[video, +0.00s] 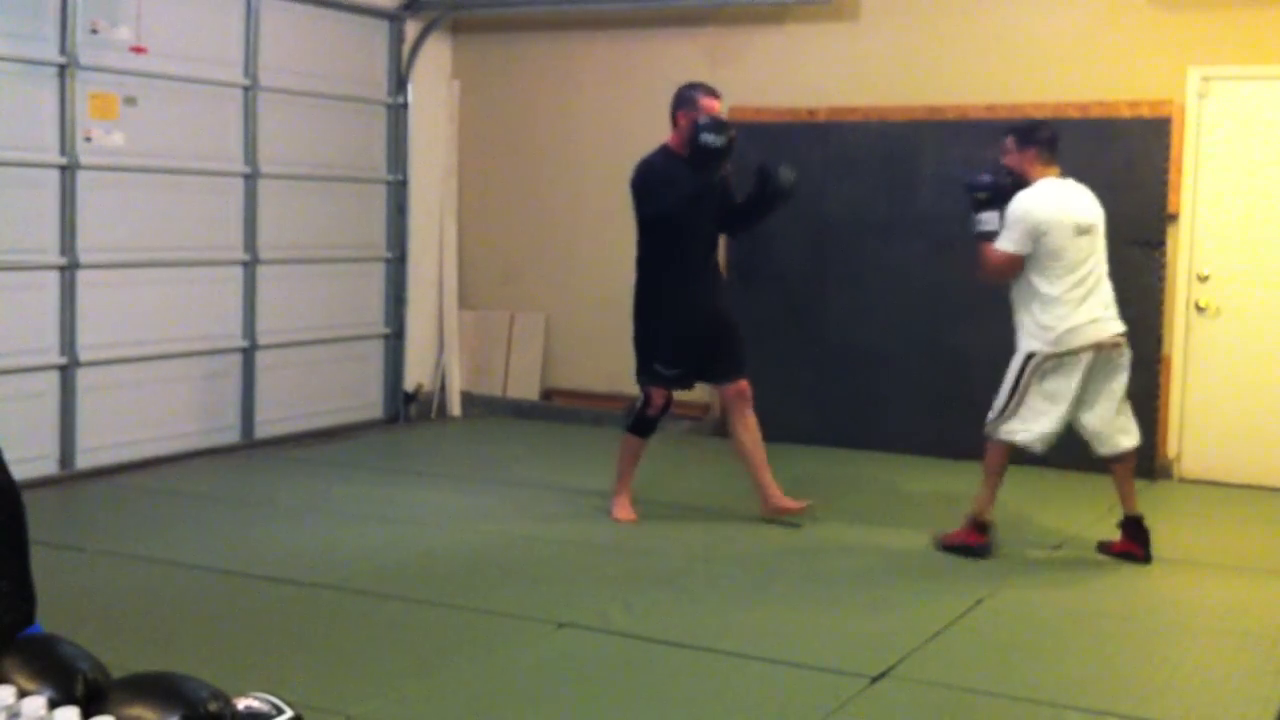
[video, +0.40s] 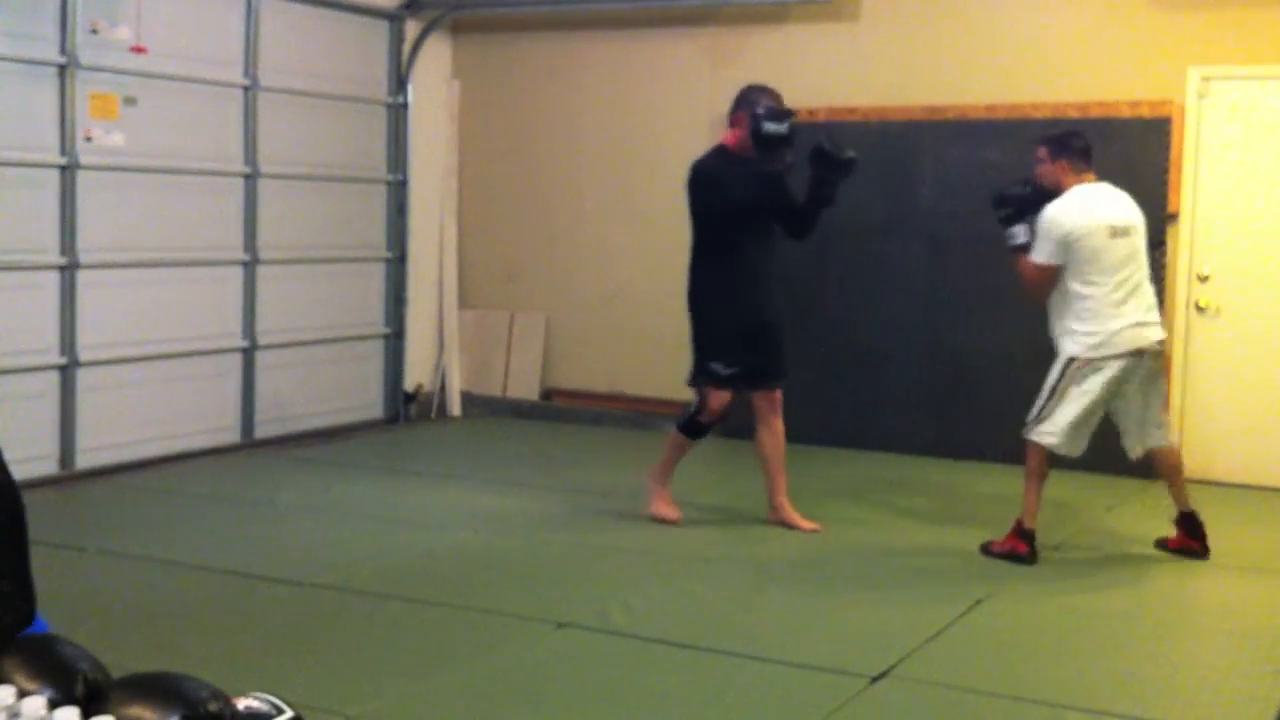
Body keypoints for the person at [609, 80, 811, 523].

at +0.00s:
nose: (715, 129)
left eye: (719, 121)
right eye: (707, 120)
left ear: (718, 123)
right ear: (680, 118)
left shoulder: (710, 168)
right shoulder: (654, 171)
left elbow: (730, 222)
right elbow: (673, 222)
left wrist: (768, 195)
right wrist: (706, 162)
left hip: (706, 298)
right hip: (661, 300)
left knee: (738, 392)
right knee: (656, 399)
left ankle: (771, 496)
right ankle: (621, 494)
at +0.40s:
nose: (773, 134)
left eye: (777, 126)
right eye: (765, 124)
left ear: (777, 125)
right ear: (740, 121)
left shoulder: (765, 170)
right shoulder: (709, 170)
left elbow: (798, 227)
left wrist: (823, 183)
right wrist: (768, 164)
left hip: (760, 299)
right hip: (716, 300)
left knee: (769, 399)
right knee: (716, 400)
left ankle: (779, 503)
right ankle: (659, 482)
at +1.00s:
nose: (809, 134)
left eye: (812, 125)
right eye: (801, 124)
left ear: (811, 125)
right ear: (774, 123)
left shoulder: (804, 169)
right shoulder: (752, 174)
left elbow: (826, 221)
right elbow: (786, 221)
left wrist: (877, 220)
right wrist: (818, 168)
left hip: (796, 298)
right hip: (754, 299)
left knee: (825, 392)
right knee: (748, 396)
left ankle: (814, 502)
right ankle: (682, 481)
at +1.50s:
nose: (751, 146)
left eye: (755, 138)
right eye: (743, 138)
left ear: (755, 139)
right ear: (719, 138)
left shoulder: (750, 183)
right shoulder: (701, 189)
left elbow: (772, 234)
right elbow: (744, 232)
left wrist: (815, 244)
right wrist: (762, 178)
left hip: (748, 309)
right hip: (706, 312)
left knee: (787, 399)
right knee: (696, 409)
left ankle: (799, 504)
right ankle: (650, 500)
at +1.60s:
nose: (749, 147)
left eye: (753, 138)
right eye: (741, 138)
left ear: (750, 139)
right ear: (716, 136)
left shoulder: (743, 182)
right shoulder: (696, 188)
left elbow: (764, 234)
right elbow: (742, 233)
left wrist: (808, 248)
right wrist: (758, 180)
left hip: (742, 310)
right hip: (699, 313)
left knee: (785, 398)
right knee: (690, 409)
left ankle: (797, 505)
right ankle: (646, 503)